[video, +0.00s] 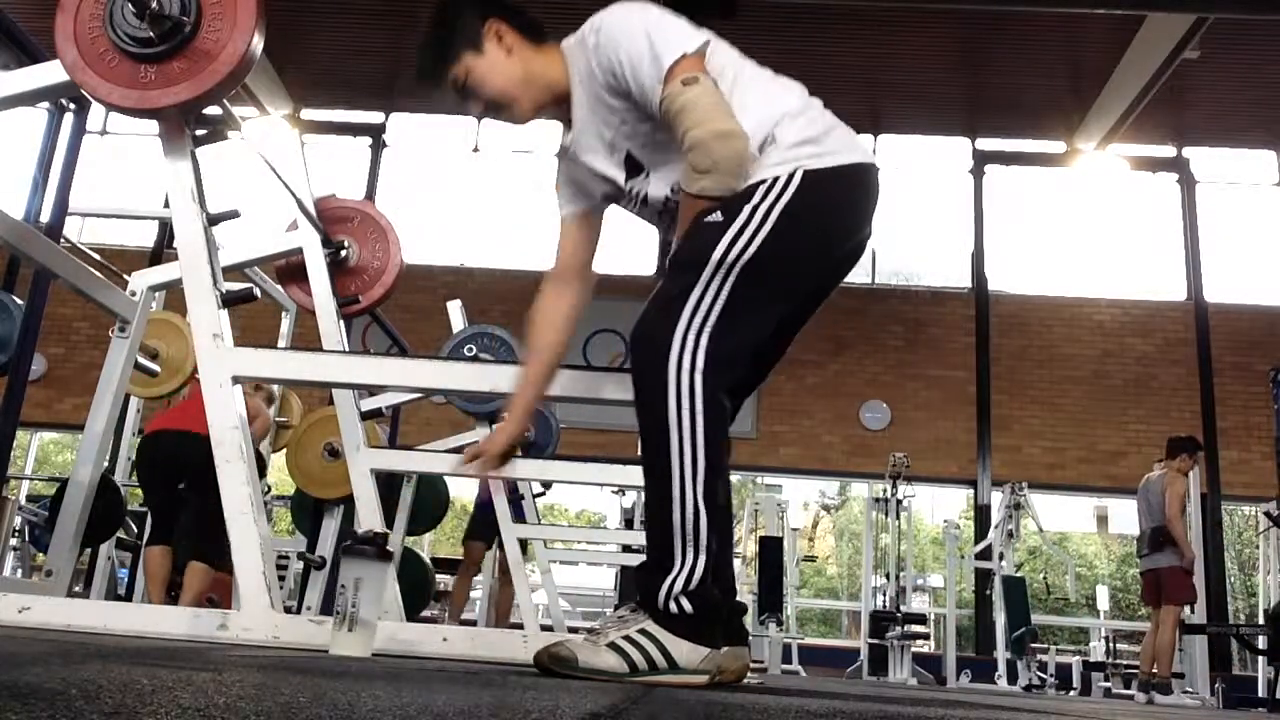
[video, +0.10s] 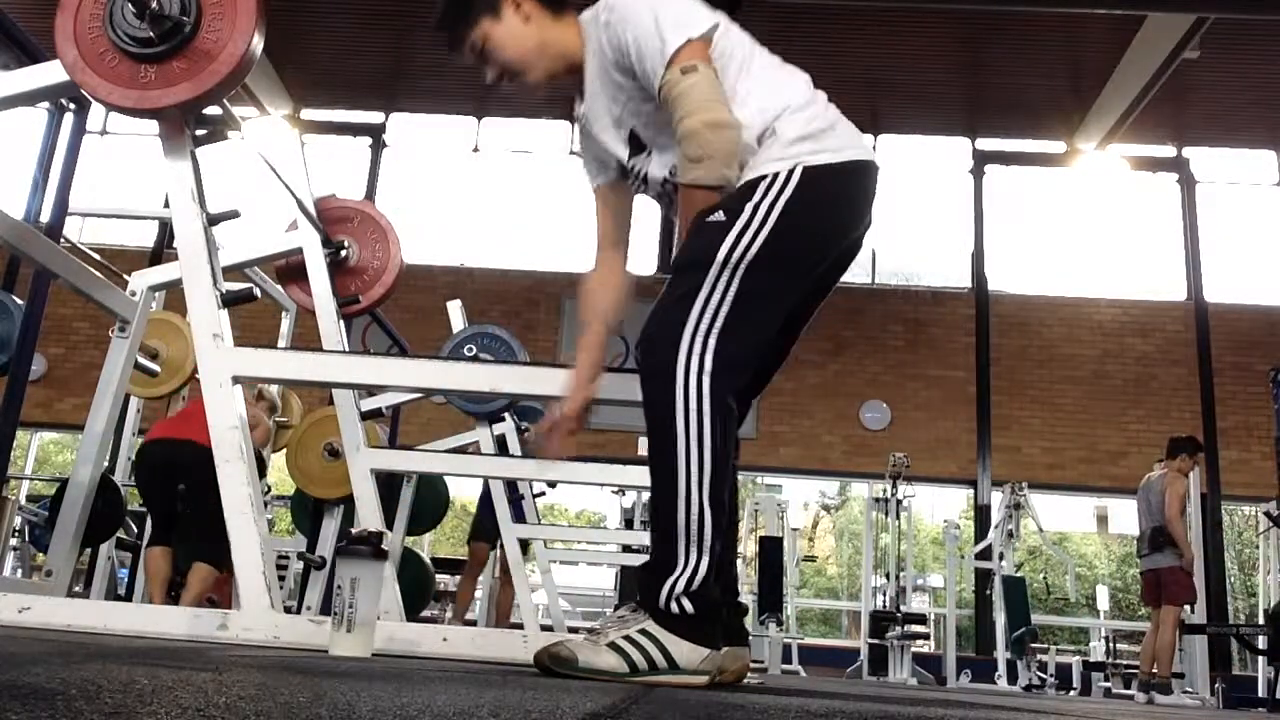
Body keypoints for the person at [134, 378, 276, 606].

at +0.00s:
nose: (265, 408)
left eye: (267, 404)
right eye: (266, 403)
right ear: (258, 394)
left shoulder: (197, 391)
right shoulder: (251, 400)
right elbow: (265, 418)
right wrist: (244, 452)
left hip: (155, 442)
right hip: (207, 447)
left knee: (161, 522)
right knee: (208, 532)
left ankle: (156, 610)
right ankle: (184, 615)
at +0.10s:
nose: (268, 417)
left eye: (270, 413)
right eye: (269, 412)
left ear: (249, 395)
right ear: (264, 406)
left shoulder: (205, 400)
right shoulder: (262, 422)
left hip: (153, 448)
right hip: (204, 455)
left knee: (161, 526)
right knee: (213, 538)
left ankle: (157, 609)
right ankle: (184, 613)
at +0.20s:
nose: (269, 429)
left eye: (272, 425)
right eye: (271, 425)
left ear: (247, 404)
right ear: (265, 415)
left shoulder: (211, 411)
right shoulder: (262, 427)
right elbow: (250, 463)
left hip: (151, 456)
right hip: (202, 461)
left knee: (163, 531)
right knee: (220, 544)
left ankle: (158, 609)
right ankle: (185, 610)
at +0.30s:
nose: (270, 430)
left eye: (273, 426)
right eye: (272, 426)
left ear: (247, 404)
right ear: (265, 415)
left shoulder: (212, 412)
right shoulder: (262, 430)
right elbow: (251, 469)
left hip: (149, 462)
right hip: (200, 468)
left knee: (166, 531)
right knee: (221, 541)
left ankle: (159, 611)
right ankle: (188, 607)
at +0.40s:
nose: (271, 431)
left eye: (273, 427)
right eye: (273, 427)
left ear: (246, 406)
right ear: (266, 417)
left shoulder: (213, 413)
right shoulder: (263, 431)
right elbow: (250, 470)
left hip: (149, 465)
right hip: (200, 470)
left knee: (167, 532)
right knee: (222, 545)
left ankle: (159, 609)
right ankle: (189, 606)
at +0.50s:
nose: (271, 432)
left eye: (274, 429)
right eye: (273, 428)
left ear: (249, 408)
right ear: (267, 418)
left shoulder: (215, 412)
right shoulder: (264, 433)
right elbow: (250, 471)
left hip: (147, 467)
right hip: (198, 471)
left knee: (167, 533)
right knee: (222, 544)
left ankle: (159, 609)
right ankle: (189, 606)